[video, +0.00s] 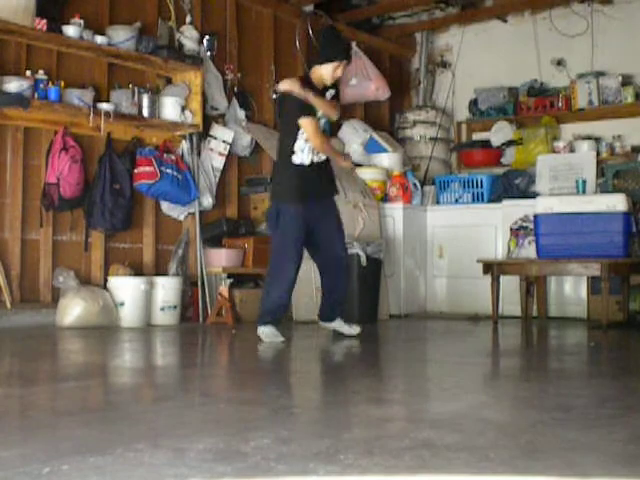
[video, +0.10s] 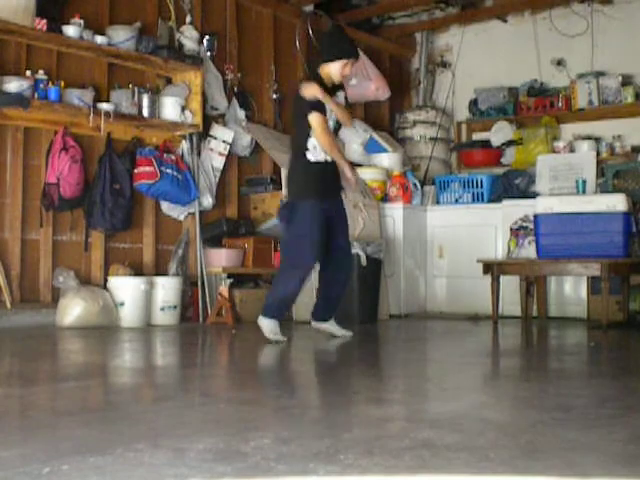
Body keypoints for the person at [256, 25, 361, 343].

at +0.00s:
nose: (341, 71)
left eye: (343, 66)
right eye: (340, 65)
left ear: (333, 64)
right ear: (326, 62)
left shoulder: (327, 90)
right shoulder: (295, 92)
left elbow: (335, 114)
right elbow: (314, 138)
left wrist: (303, 93)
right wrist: (338, 157)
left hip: (320, 191)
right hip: (290, 193)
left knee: (334, 257)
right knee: (285, 261)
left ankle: (329, 316)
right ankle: (267, 322)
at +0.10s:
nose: (348, 71)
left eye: (351, 65)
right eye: (346, 64)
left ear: (345, 65)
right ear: (330, 60)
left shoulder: (335, 91)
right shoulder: (310, 90)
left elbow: (348, 122)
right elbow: (320, 132)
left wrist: (325, 97)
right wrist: (343, 164)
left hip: (330, 187)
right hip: (306, 188)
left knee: (339, 256)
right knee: (303, 253)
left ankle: (322, 316)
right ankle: (270, 315)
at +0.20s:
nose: (356, 79)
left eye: (357, 74)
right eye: (356, 73)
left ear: (340, 71)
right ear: (346, 70)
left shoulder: (339, 104)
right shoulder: (322, 102)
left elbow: (357, 146)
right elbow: (324, 153)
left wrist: (350, 129)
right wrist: (352, 189)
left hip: (335, 195)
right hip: (319, 195)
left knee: (346, 264)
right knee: (327, 264)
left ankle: (322, 323)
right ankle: (277, 311)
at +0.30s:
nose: (366, 82)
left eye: (367, 75)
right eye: (365, 74)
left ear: (352, 74)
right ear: (355, 73)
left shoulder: (343, 105)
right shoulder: (330, 101)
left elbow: (338, 154)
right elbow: (317, 148)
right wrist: (345, 188)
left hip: (334, 188)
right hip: (323, 188)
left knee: (349, 261)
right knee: (345, 261)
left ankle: (322, 321)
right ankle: (303, 312)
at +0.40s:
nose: (376, 68)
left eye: (377, 62)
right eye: (374, 61)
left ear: (361, 61)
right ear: (359, 60)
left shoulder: (354, 95)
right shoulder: (339, 88)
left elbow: (340, 137)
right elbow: (315, 127)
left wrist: (352, 170)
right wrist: (339, 168)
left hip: (336, 177)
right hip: (330, 177)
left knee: (339, 248)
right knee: (358, 248)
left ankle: (323, 313)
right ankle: (338, 315)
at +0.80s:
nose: (380, 68)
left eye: (381, 62)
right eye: (376, 61)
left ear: (367, 63)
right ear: (360, 60)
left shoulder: (360, 97)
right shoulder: (343, 86)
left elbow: (354, 141)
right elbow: (326, 126)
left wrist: (367, 173)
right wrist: (359, 157)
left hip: (343, 182)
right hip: (330, 182)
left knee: (349, 254)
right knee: (349, 254)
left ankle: (326, 320)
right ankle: (335, 322)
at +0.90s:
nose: (373, 74)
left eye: (374, 67)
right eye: (370, 66)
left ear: (362, 67)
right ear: (354, 66)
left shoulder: (353, 107)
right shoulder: (335, 95)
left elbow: (345, 154)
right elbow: (320, 139)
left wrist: (360, 179)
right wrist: (351, 173)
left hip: (340, 190)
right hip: (323, 189)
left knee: (351, 258)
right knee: (342, 253)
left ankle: (321, 329)